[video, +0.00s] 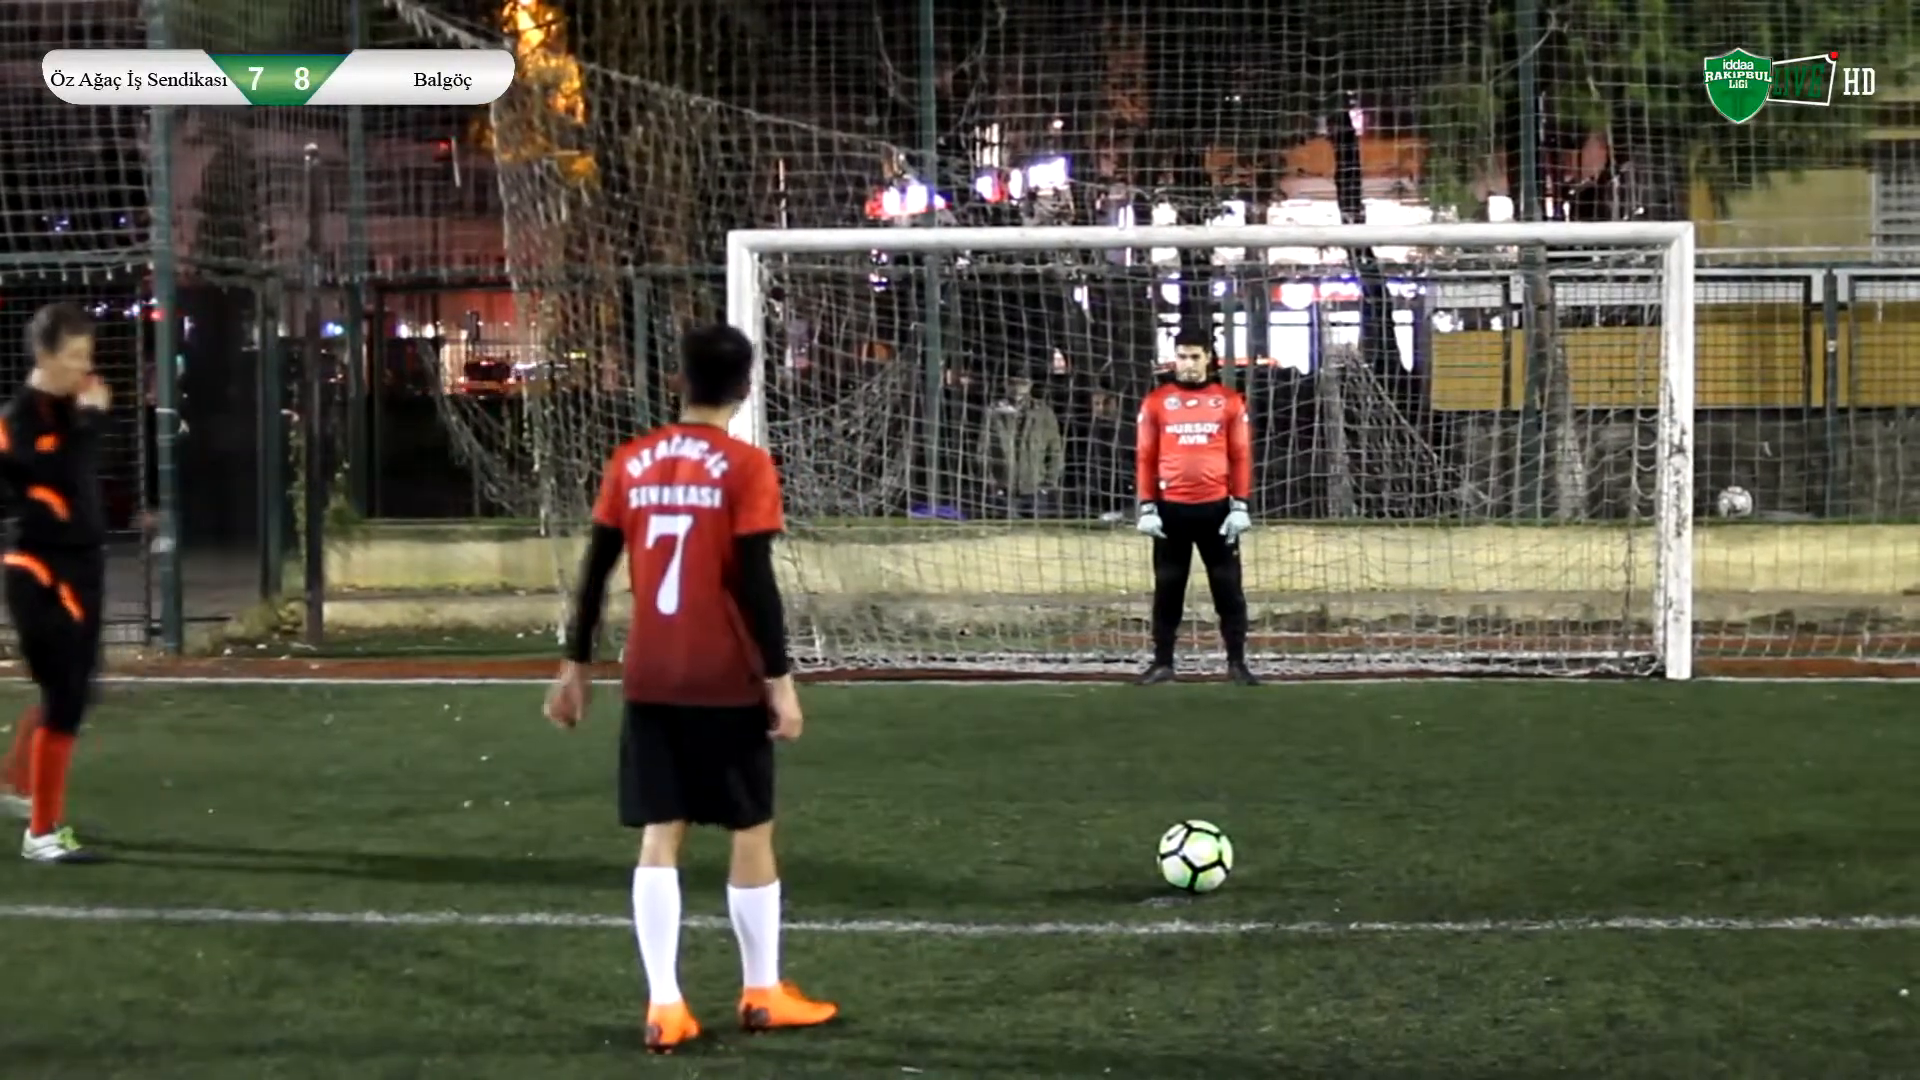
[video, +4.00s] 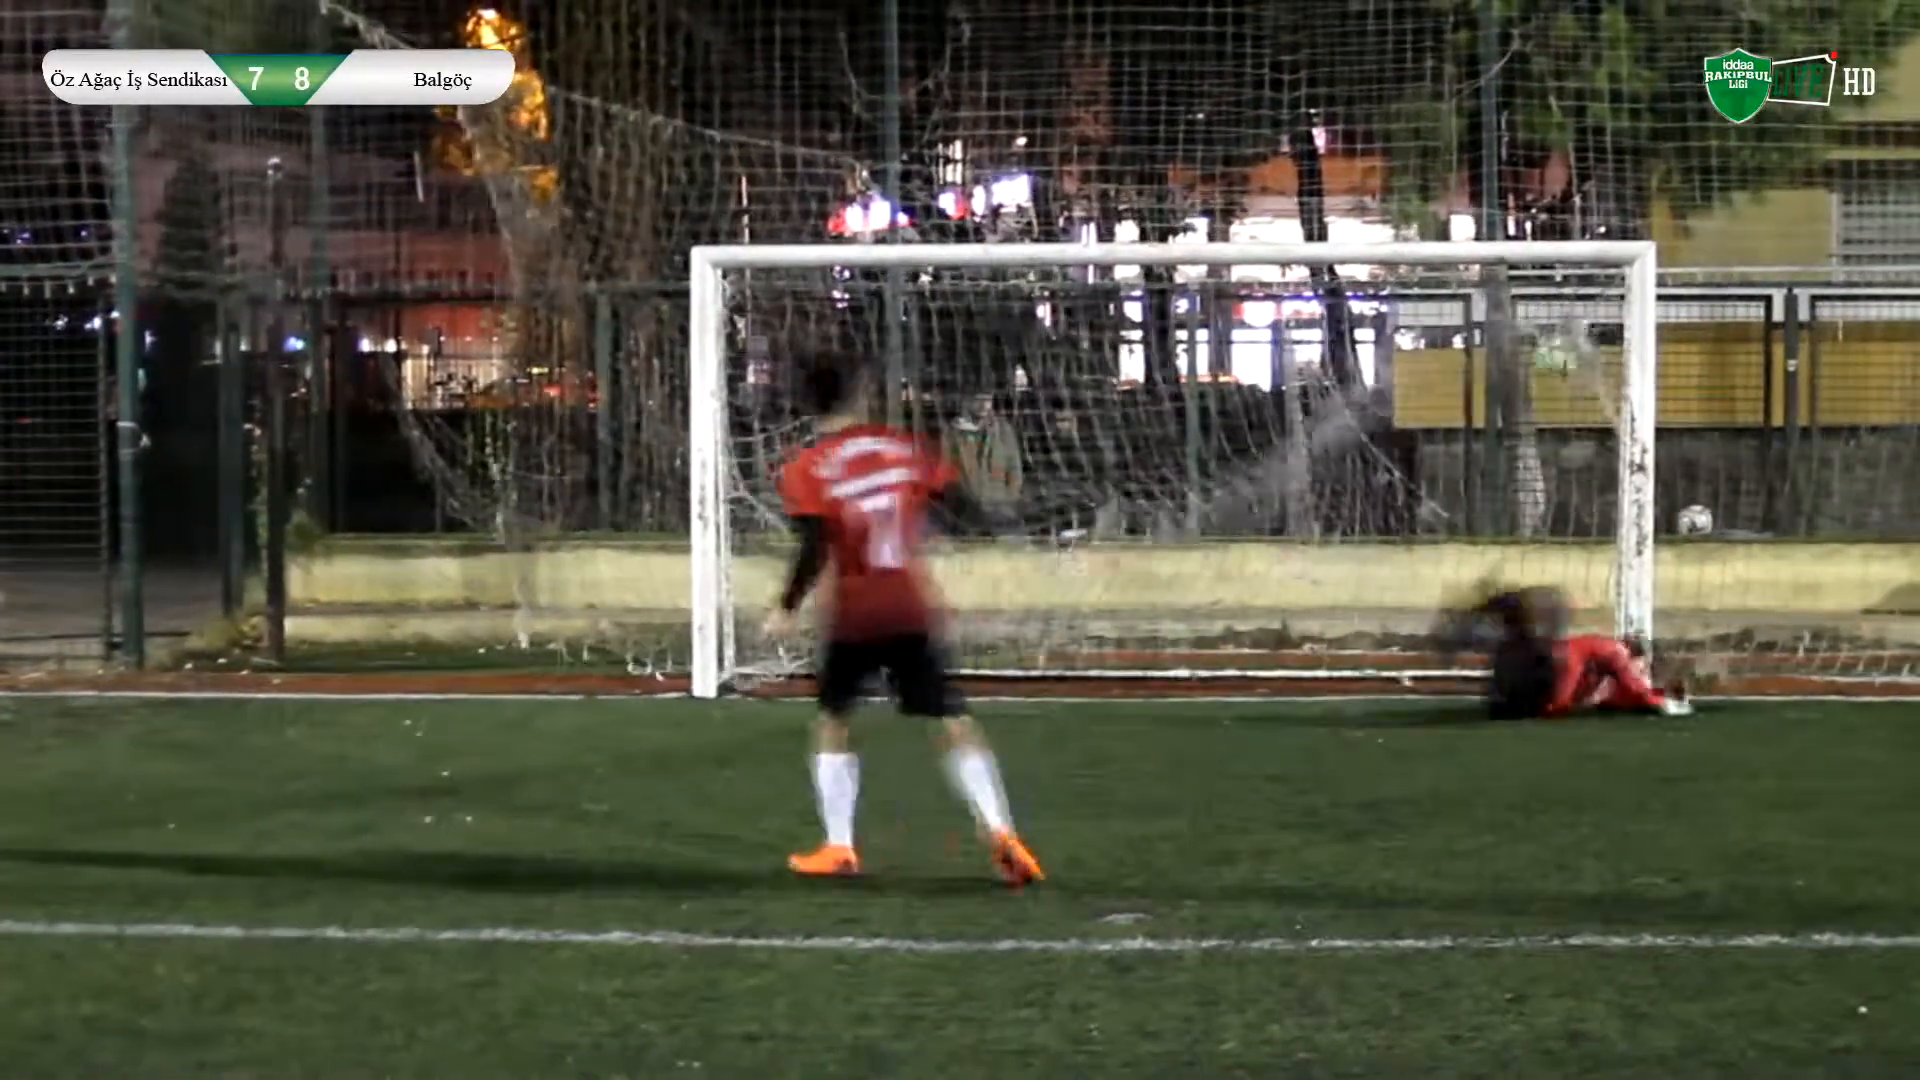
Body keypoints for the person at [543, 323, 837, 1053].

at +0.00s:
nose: (744, 394)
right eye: (749, 384)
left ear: (679, 385)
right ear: (744, 389)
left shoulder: (631, 461)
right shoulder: (748, 465)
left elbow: (594, 567)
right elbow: (752, 572)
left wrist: (574, 661)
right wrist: (779, 674)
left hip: (650, 681)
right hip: (729, 681)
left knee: (660, 830)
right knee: (752, 830)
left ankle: (663, 1003)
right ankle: (764, 988)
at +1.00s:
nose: (799, 415)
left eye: (797, 403)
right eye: (798, 404)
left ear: (735, 396)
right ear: (785, 406)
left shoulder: (666, 462)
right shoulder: (781, 473)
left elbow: (641, 577)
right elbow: (772, 578)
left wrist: (693, 625)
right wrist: (788, 679)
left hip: (655, 670)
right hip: (732, 675)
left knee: (663, 828)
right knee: (757, 826)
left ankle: (663, 1002)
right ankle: (765, 987)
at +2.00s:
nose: (882, 474)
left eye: (882, 464)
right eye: (881, 464)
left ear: (821, 458)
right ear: (868, 462)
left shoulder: (768, 511)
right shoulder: (862, 511)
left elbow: (748, 600)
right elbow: (842, 588)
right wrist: (833, 672)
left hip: (740, 695)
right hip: (807, 693)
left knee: (712, 832)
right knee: (889, 791)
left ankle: (671, 992)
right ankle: (891, 950)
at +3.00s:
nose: (1001, 455)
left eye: (997, 448)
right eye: (998, 448)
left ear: (945, 456)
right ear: (992, 450)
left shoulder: (926, 520)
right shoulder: (1012, 510)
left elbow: (900, 604)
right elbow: (1055, 567)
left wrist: (891, 672)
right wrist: (1110, 609)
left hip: (973, 677)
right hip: (1028, 669)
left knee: (1048, 748)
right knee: (1114, 734)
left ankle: (1082, 865)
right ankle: (1151, 850)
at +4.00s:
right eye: (866, 389)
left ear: (808, 403)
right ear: (859, 393)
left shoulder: (806, 467)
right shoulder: (905, 448)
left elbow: (815, 544)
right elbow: (964, 511)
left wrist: (788, 604)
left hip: (853, 619)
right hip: (912, 613)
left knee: (832, 720)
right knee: (952, 720)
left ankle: (839, 843)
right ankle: (1000, 829)